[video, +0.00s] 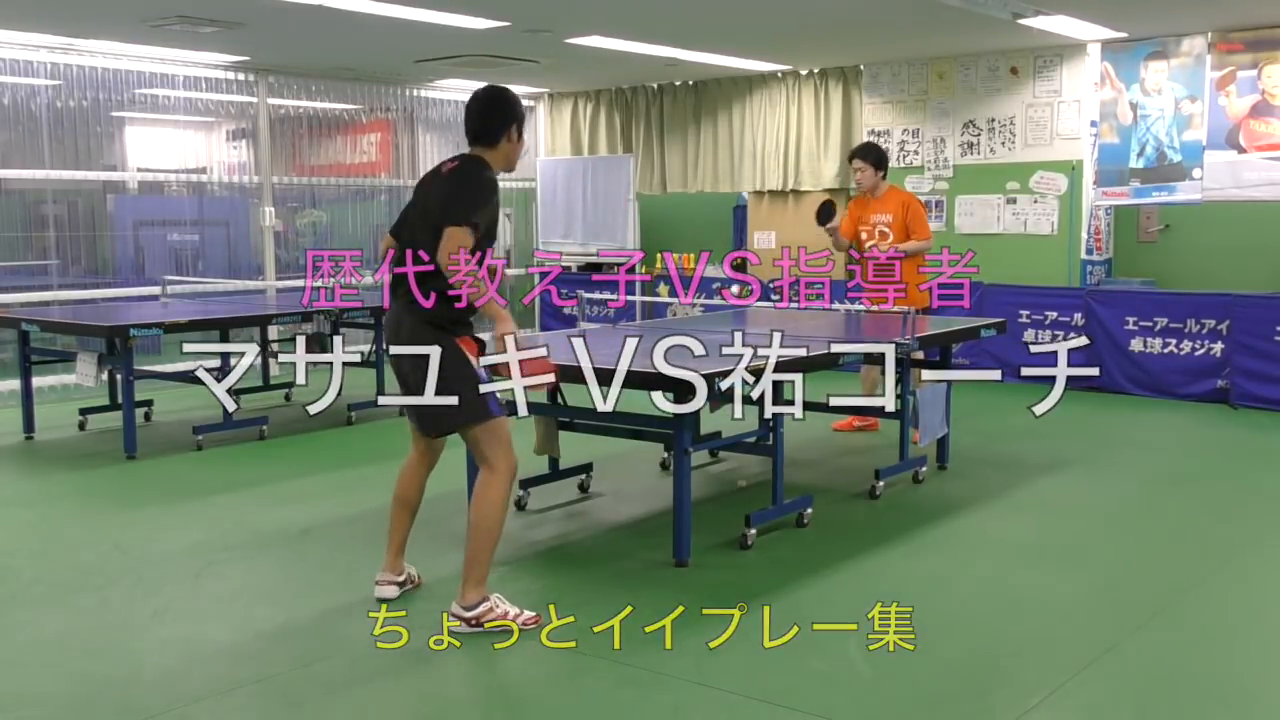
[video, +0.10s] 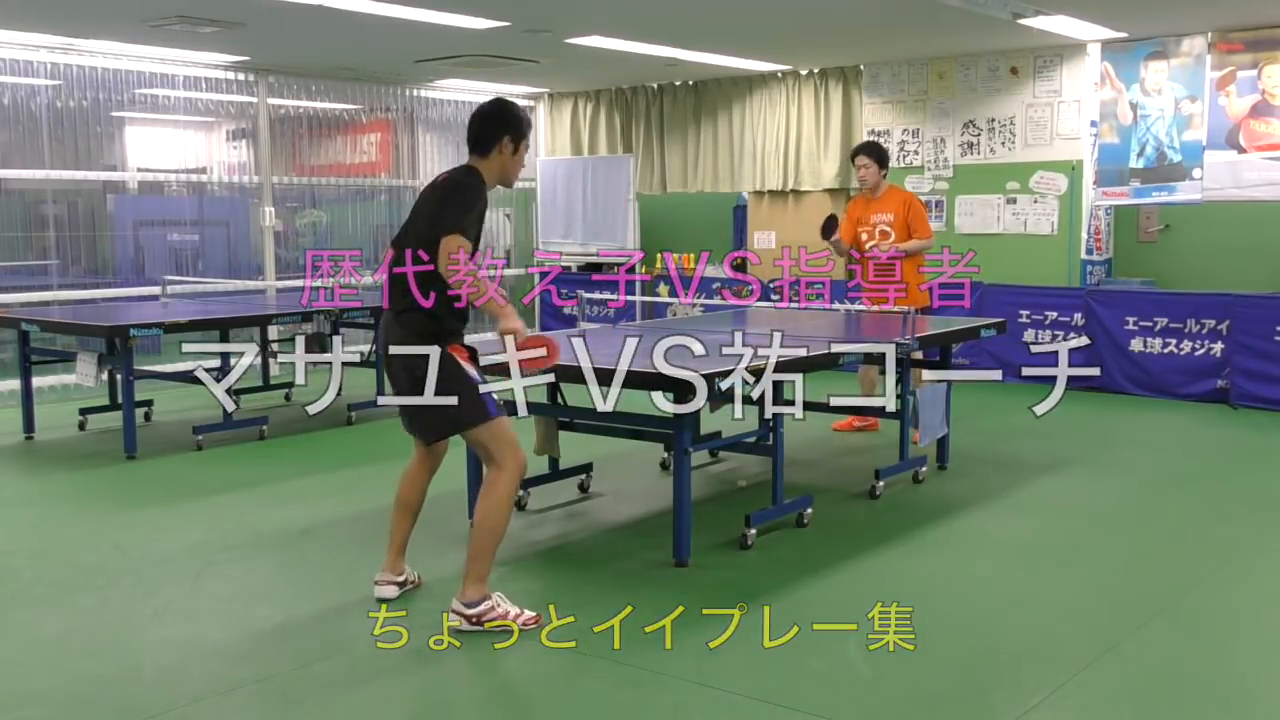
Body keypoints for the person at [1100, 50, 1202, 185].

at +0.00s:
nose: (1159, 76)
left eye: (1163, 71)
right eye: (1155, 71)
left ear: (1168, 72)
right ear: (1143, 72)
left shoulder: (1174, 89)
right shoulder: (1135, 91)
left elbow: (1199, 105)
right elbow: (1125, 120)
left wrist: (1191, 106)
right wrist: (1122, 95)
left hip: (1171, 161)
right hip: (1141, 163)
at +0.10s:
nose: (1158, 77)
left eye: (1162, 71)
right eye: (1154, 71)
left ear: (1168, 72)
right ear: (1143, 72)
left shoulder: (1174, 89)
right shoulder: (1135, 91)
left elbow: (1199, 105)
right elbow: (1125, 121)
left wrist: (1191, 107)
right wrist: (1121, 95)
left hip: (1171, 161)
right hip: (1141, 163)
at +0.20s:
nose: (1159, 76)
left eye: (1163, 71)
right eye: (1155, 71)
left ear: (1168, 72)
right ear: (1144, 72)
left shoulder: (1174, 89)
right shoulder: (1135, 91)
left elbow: (1199, 106)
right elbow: (1125, 120)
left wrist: (1191, 107)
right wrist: (1122, 95)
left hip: (1171, 161)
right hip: (1142, 163)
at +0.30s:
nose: (1159, 77)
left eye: (1163, 71)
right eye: (1155, 71)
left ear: (1168, 72)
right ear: (1143, 72)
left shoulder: (1174, 89)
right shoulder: (1135, 91)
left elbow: (1199, 106)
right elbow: (1125, 120)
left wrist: (1191, 107)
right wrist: (1122, 95)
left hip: (1171, 161)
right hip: (1142, 164)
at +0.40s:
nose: (1159, 77)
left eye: (1163, 71)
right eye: (1155, 71)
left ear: (1168, 72)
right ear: (1143, 72)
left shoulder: (1174, 89)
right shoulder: (1135, 91)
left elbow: (1199, 106)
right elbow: (1125, 120)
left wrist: (1191, 106)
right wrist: (1122, 95)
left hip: (1171, 161)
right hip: (1142, 164)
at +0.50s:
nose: (1159, 76)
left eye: (1163, 71)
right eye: (1155, 71)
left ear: (1168, 72)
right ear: (1144, 72)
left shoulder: (1174, 89)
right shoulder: (1135, 91)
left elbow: (1199, 106)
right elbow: (1125, 120)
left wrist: (1191, 107)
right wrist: (1122, 95)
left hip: (1171, 161)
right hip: (1142, 163)